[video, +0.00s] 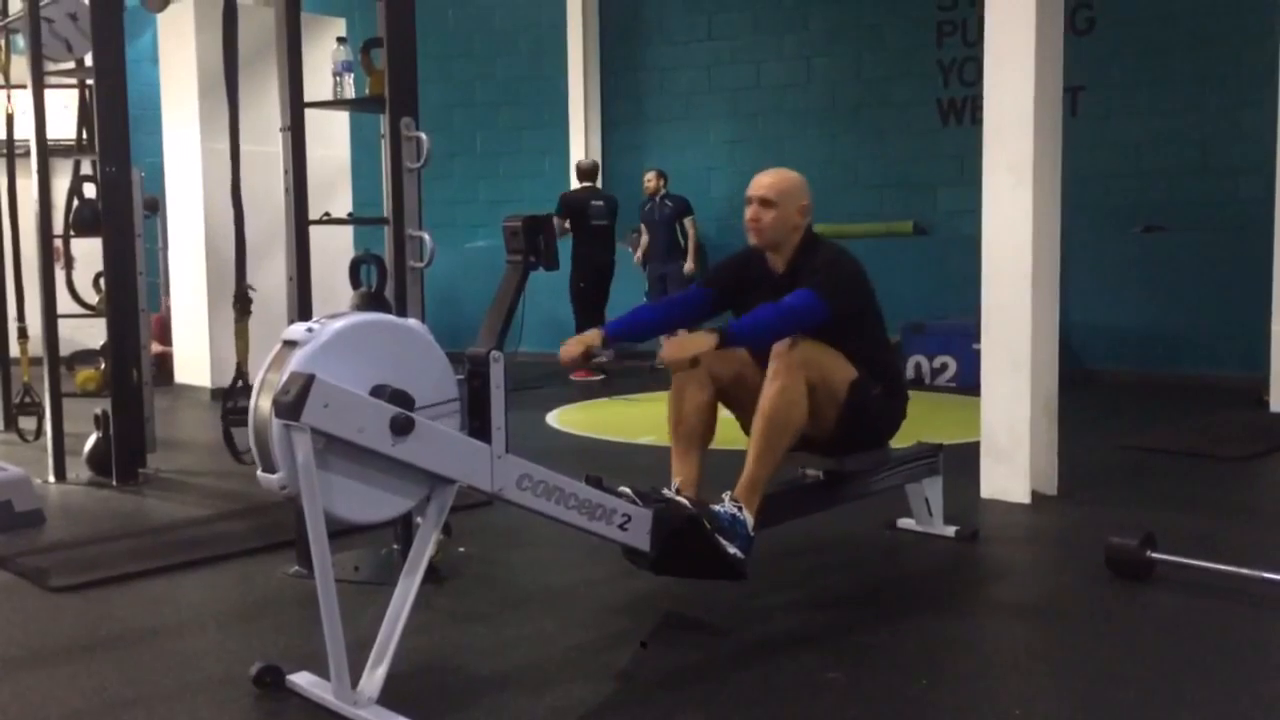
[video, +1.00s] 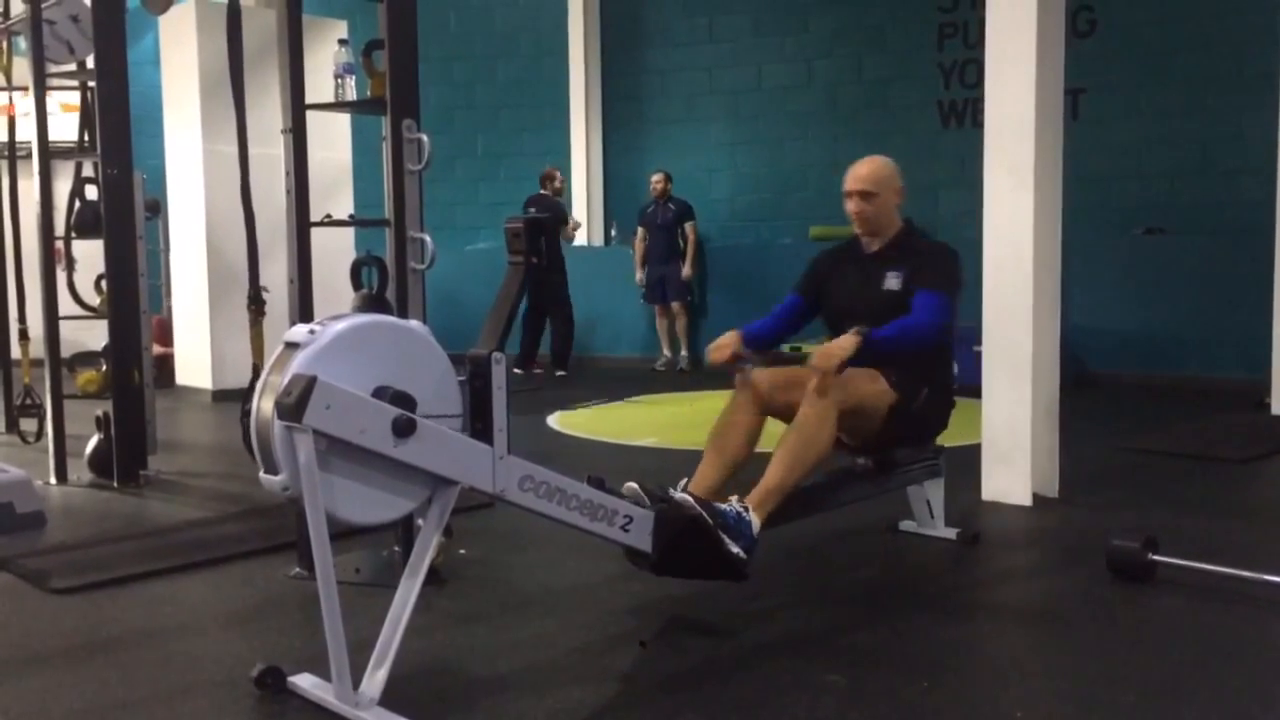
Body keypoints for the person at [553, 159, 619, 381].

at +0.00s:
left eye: (580, 173)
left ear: (577, 176)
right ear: (597, 175)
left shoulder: (568, 199)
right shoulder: (610, 200)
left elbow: (559, 229)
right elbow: (608, 227)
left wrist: (574, 226)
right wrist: (576, 224)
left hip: (582, 263)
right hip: (606, 262)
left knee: (582, 312)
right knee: (599, 309)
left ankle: (584, 364)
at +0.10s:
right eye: (586, 174)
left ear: (571, 177)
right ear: (590, 176)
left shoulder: (561, 200)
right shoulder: (604, 200)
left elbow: (552, 228)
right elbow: (607, 227)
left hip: (575, 264)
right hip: (599, 264)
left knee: (579, 313)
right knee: (593, 309)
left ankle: (591, 363)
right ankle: (577, 354)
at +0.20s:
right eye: (583, 177)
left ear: (566, 179)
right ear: (586, 179)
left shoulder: (554, 202)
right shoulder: (598, 203)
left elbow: (550, 233)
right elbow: (603, 236)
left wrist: (550, 259)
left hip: (567, 264)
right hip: (591, 264)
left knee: (574, 315)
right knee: (583, 314)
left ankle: (588, 364)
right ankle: (563, 361)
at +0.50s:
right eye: (579, 178)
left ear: (562, 177)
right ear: (580, 181)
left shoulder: (545, 198)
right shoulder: (586, 206)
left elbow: (533, 228)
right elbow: (586, 237)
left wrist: (536, 254)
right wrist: (571, 248)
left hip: (552, 263)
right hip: (576, 265)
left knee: (541, 308)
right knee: (569, 311)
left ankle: (563, 341)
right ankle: (558, 362)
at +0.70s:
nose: (578, 183)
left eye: (578, 180)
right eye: (578, 180)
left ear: (556, 178)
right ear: (575, 181)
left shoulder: (537, 198)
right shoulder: (578, 205)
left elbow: (528, 229)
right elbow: (584, 234)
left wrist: (531, 254)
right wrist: (565, 228)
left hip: (543, 264)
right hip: (568, 266)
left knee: (542, 309)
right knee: (567, 312)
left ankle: (539, 347)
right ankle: (561, 365)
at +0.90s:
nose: (567, 184)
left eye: (566, 181)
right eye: (566, 181)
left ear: (547, 182)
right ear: (561, 183)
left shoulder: (531, 201)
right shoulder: (564, 205)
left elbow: (527, 231)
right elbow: (575, 236)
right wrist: (567, 208)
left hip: (536, 262)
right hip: (557, 262)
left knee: (540, 311)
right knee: (565, 312)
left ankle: (526, 360)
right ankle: (560, 364)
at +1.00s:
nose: (563, 184)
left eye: (562, 181)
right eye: (560, 181)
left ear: (543, 184)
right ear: (549, 184)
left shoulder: (529, 203)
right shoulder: (556, 206)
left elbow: (539, 228)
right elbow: (568, 237)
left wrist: (567, 223)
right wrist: (573, 227)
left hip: (533, 266)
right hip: (553, 266)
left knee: (535, 311)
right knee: (562, 313)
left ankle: (524, 361)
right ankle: (560, 365)